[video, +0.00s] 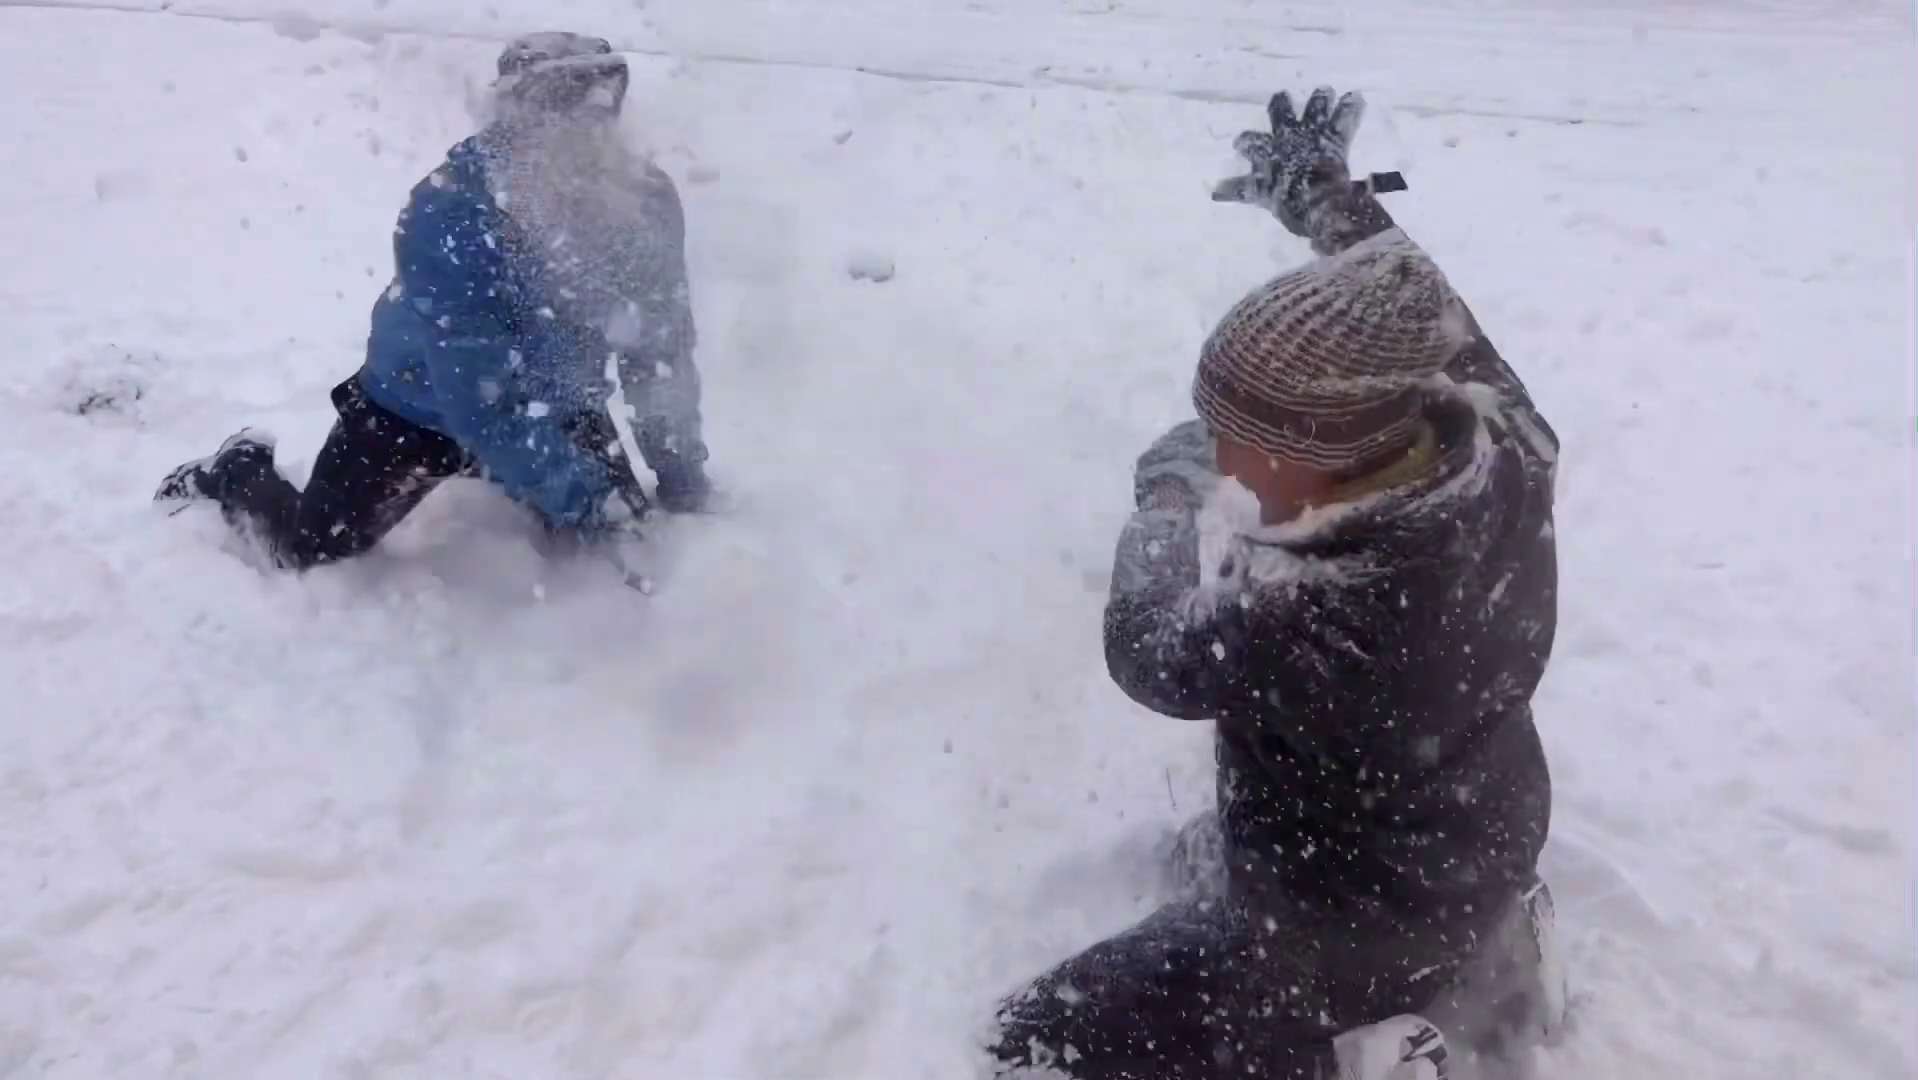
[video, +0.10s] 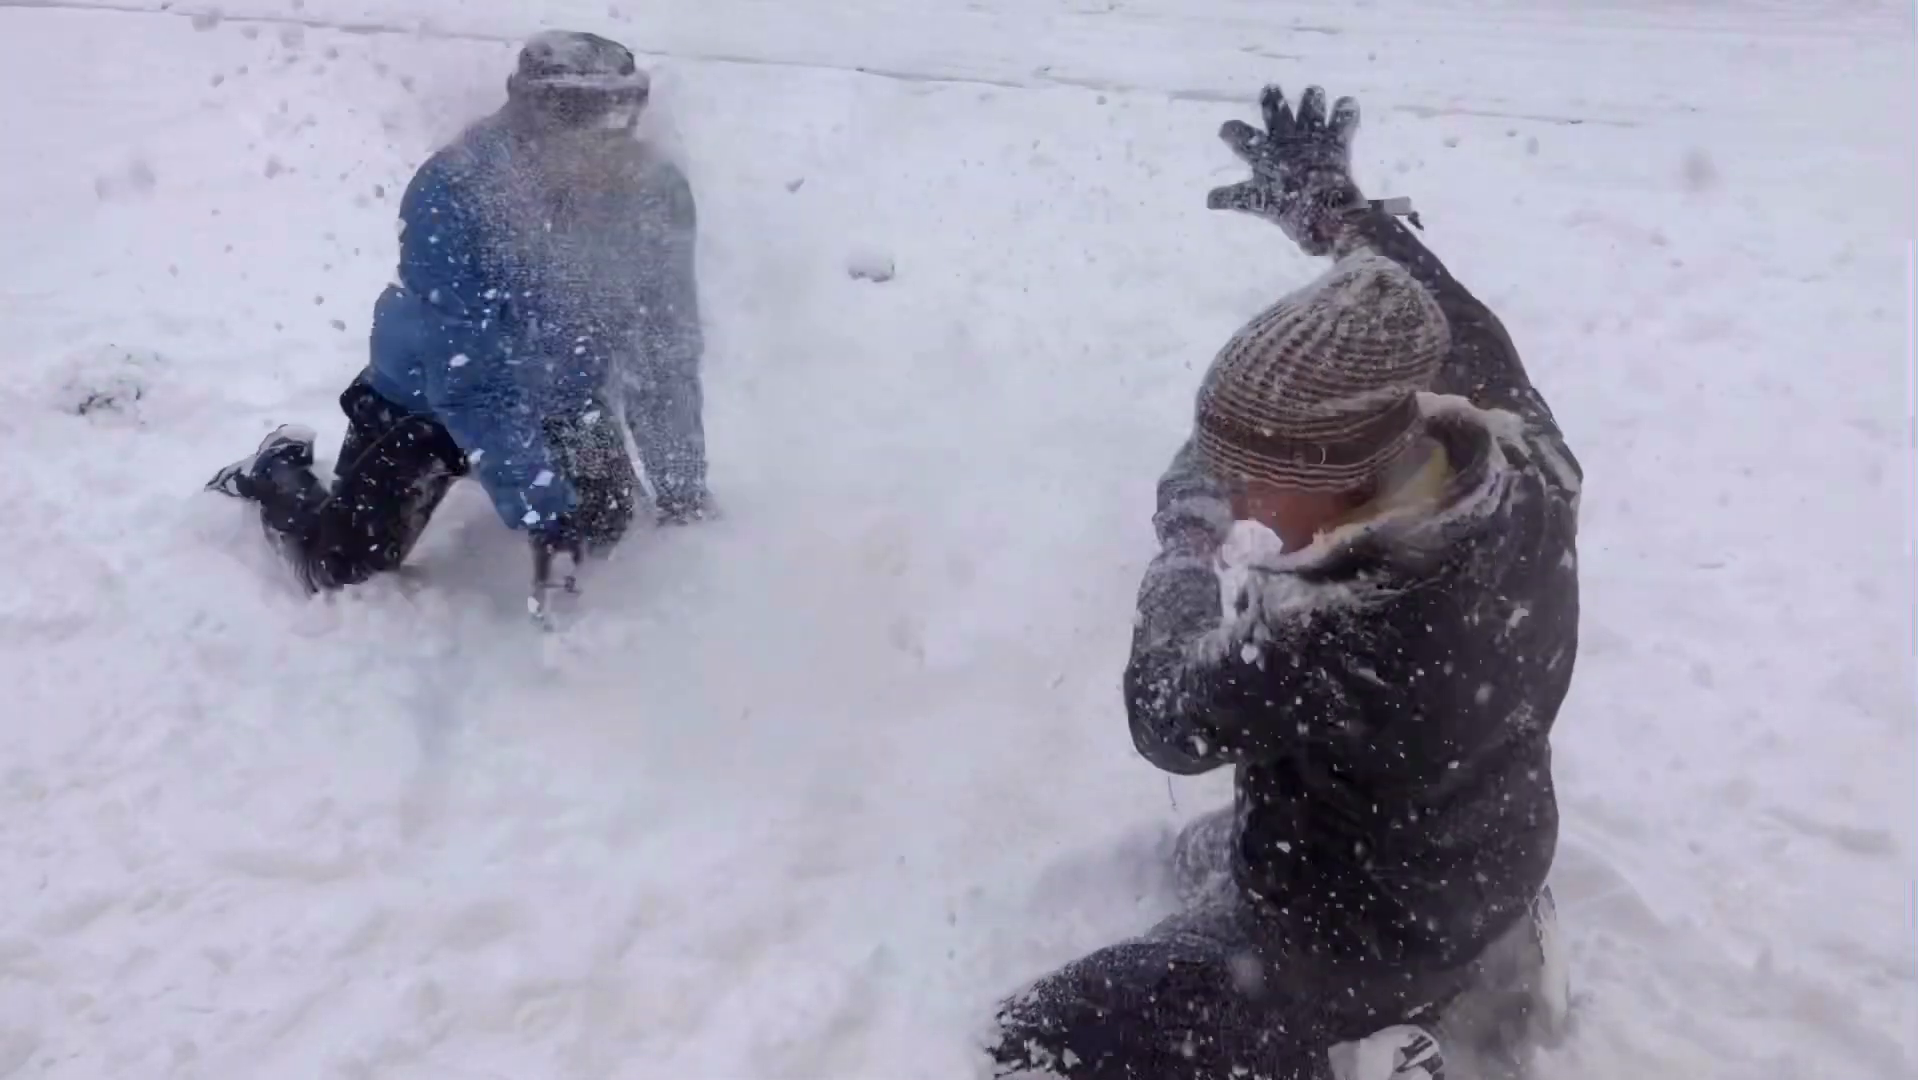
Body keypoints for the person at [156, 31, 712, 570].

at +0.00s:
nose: (584, 151)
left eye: (597, 130)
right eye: (564, 131)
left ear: (614, 127)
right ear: (520, 129)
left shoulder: (643, 204)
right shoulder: (452, 206)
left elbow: (661, 351)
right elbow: (479, 384)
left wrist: (682, 480)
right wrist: (591, 503)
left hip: (556, 406)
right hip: (423, 402)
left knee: (612, 533)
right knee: (311, 545)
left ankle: (526, 471)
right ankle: (236, 475)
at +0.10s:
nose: (607, 157)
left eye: (618, 134)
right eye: (589, 139)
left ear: (631, 122)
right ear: (541, 127)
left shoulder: (653, 192)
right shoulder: (454, 192)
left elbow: (662, 348)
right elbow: (469, 376)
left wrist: (683, 491)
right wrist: (546, 513)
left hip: (562, 397)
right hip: (431, 397)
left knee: (599, 524)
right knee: (345, 567)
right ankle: (276, 474)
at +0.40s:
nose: (584, 184)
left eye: (603, 164)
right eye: (564, 165)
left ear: (622, 148)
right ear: (520, 144)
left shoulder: (633, 180)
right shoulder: (438, 223)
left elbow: (667, 331)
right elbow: (395, 406)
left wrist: (715, 459)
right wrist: (358, 577)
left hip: (570, 420)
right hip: (452, 433)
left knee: (624, 559)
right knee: (492, 618)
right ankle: (357, 515)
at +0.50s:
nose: (574, 179)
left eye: (591, 157)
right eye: (552, 161)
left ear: (609, 139)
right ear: (506, 144)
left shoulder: (624, 177)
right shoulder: (435, 228)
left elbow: (661, 329)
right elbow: (404, 433)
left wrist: (719, 452)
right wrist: (388, 613)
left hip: (567, 421)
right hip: (454, 440)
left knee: (620, 549)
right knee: (493, 626)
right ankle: (370, 520)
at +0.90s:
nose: (481, 177)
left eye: (502, 151)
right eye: (458, 152)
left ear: (541, 148)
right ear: (430, 148)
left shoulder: (598, 239)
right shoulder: (359, 255)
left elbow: (625, 415)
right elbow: (317, 445)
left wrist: (666, 567)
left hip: (517, 434)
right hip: (395, 461)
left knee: (603, 537)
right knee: (488, 633)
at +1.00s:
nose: (463, 180)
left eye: (485, 156)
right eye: (443, 155)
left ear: (529, 150)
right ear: (420, 148)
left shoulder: (593, 231)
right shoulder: (354, 257)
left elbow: (625, 407)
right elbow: (305, 444)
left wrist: (662, 565)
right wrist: (272, 602)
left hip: (523, 436)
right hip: (391, 466)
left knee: (600, 552)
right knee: (485, 636)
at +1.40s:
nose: (318, 242)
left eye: (321, 217)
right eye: (293, 238)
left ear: (344, 164)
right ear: (265, 228)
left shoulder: (454, 109)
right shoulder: (284, 271)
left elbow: (585, 246)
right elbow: (383, 420)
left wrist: (630, 403)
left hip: (578, 410)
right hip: (454, 453)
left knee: (659, 556)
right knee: (494, 633)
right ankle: (397, 508)